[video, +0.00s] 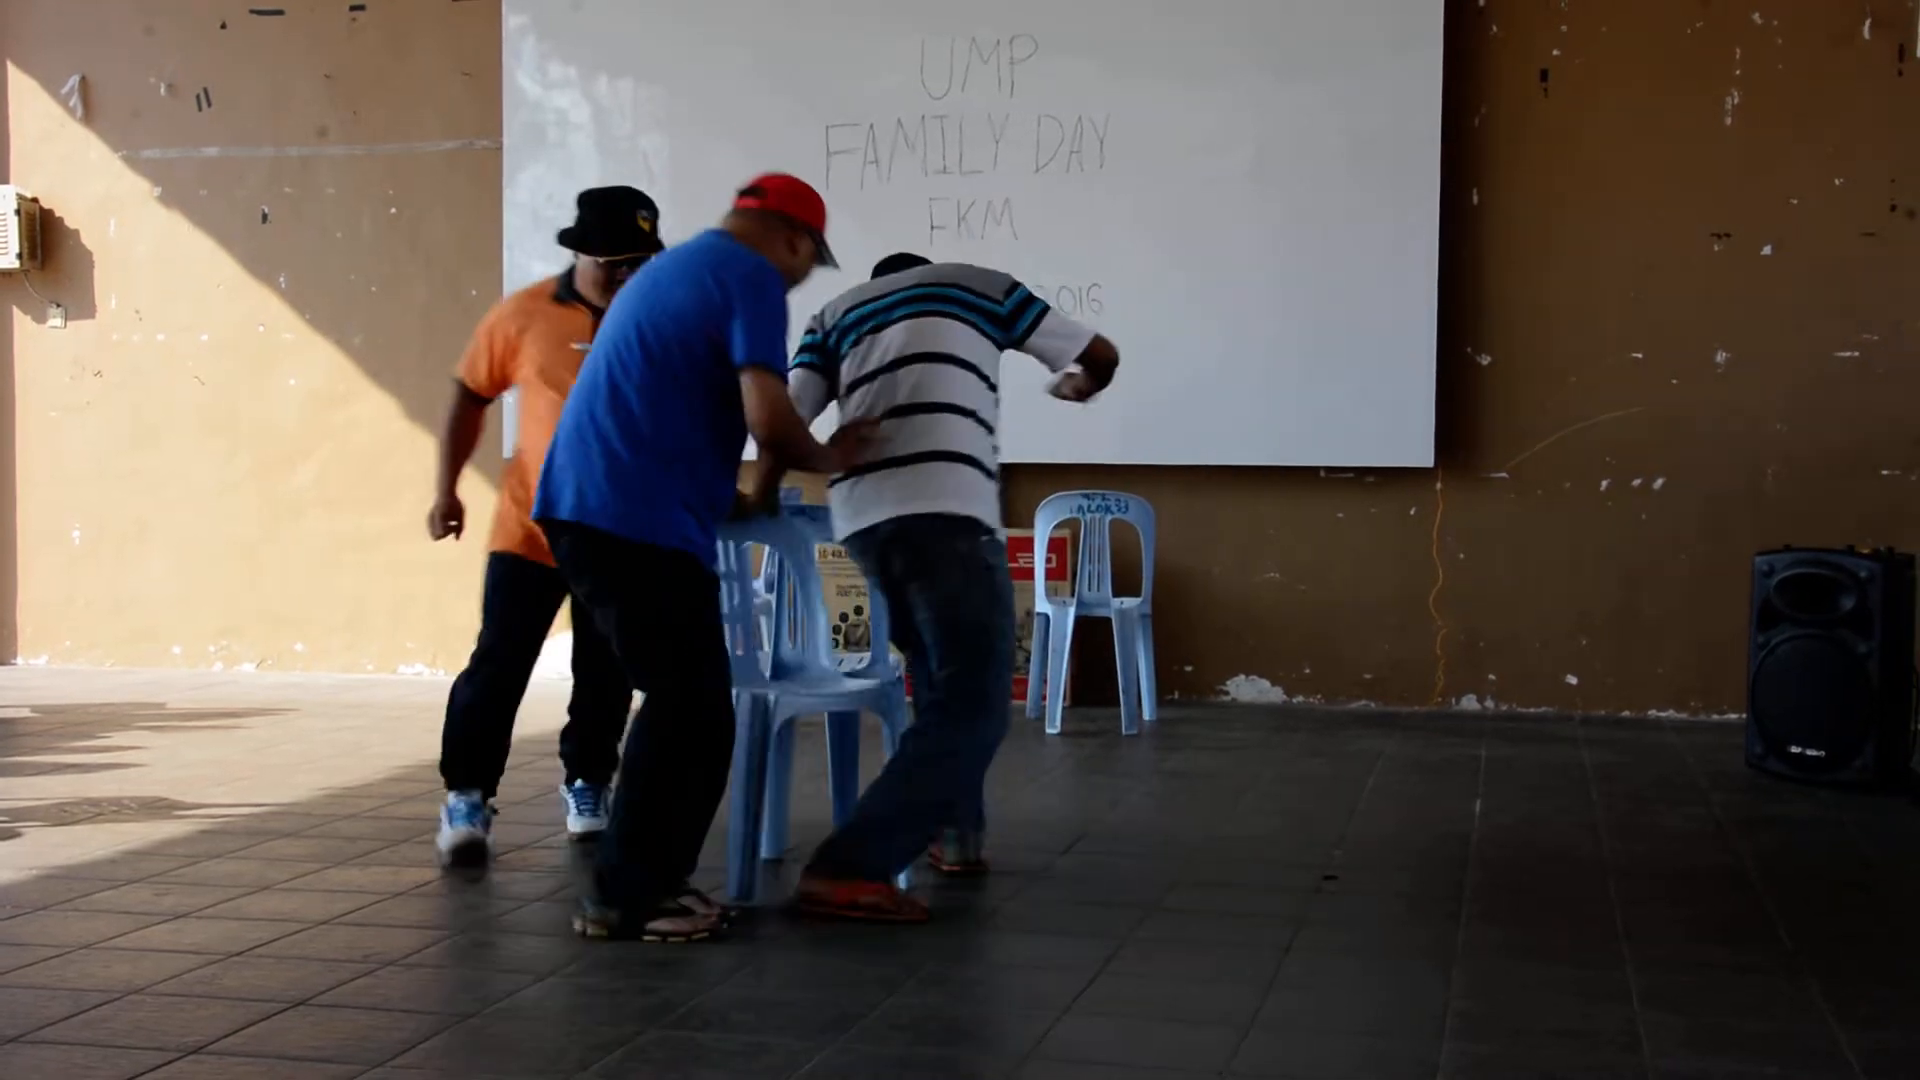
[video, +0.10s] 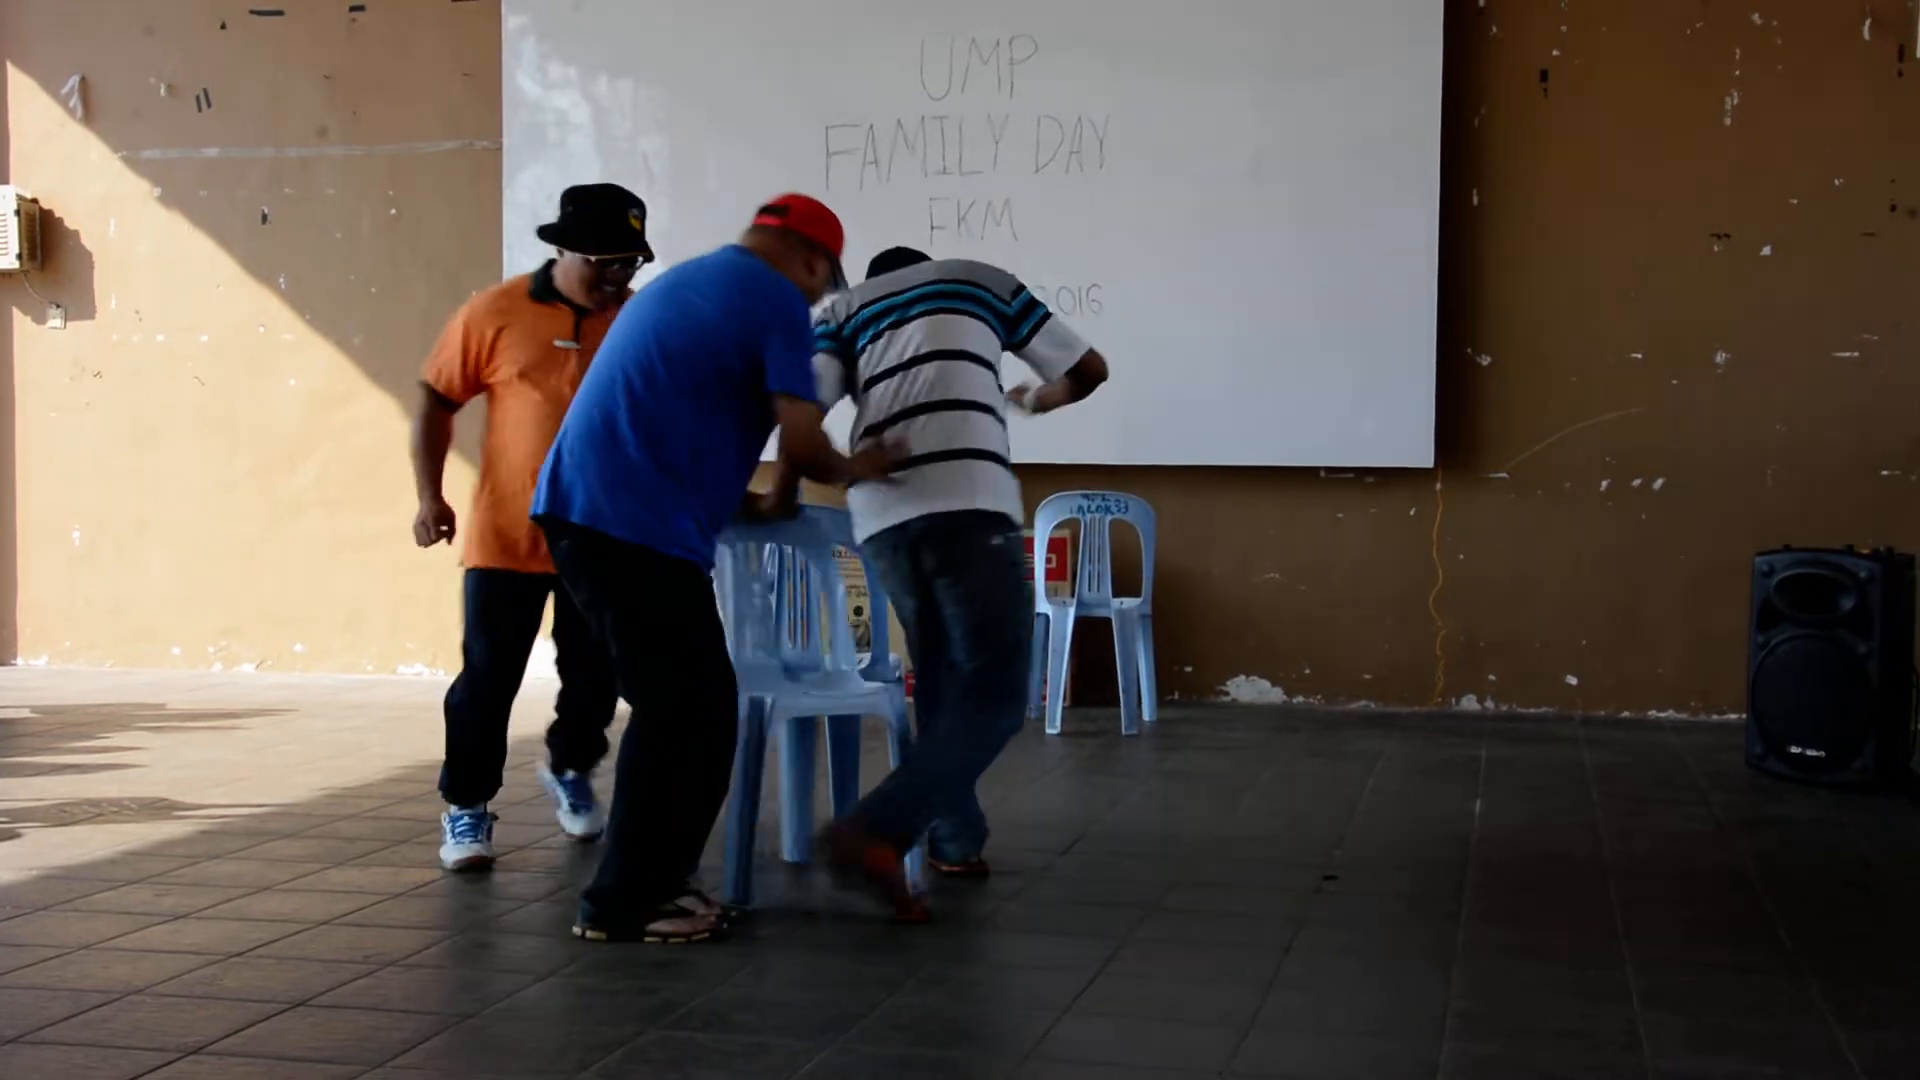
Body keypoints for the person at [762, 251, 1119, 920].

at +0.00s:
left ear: (872, 277)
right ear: (931, 266)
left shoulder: (834, 314)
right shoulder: (978, 284)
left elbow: (782, 421)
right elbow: (1101, 353)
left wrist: (757, 493)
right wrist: (1076, 385)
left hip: (865, 521)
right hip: (949, 507)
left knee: (935, 682)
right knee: (974, 705)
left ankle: (957, 836)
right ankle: (846, 871)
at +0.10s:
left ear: (867, 275)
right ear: (930, 262)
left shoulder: (841, 308)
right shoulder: (980, 279)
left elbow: (802, 413)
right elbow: (1088, 369)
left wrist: (778, 496)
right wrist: (1034, 400)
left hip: (885, 521)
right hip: (973, 503)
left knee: (936, 683)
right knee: (998, 697)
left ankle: (957, 843)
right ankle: (872, 830)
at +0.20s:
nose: (845, 298)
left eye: (845, 288)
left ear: (861, 270)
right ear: (925, 252)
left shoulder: (851, 297)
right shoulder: (982, 268)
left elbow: (817, 387)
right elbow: (1075, 373)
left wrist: (797, 488)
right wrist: (1011, 416)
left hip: (905, 510)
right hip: (999, 491)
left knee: (939, 675)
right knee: (1019, 673)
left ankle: (959, 848)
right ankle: (950, 798)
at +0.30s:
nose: (844, 287)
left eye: (845, 276)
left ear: (863, 259)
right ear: (918, 243)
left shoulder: (861, 283)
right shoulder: (994, 261)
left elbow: (846, 376)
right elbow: (1070, 373)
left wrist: (821, 470)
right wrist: (1019, 426)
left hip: (928, 499)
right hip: (1024, 487)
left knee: (946, 667)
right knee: (1032, 658)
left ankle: (963, 840)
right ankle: (1029, 817)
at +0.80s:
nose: (817, 242)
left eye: (819, 227)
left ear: (847, 221)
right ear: (869, 214)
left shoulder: (864, 293)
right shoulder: (936, 253)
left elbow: (905, 406)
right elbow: (1020, 316)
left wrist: (859, 468)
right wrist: (982, 386)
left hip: (953, 495)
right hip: (1026, 473)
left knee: (923, 653)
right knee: (996, 629)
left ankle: (962, 814)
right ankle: (1022, 773)